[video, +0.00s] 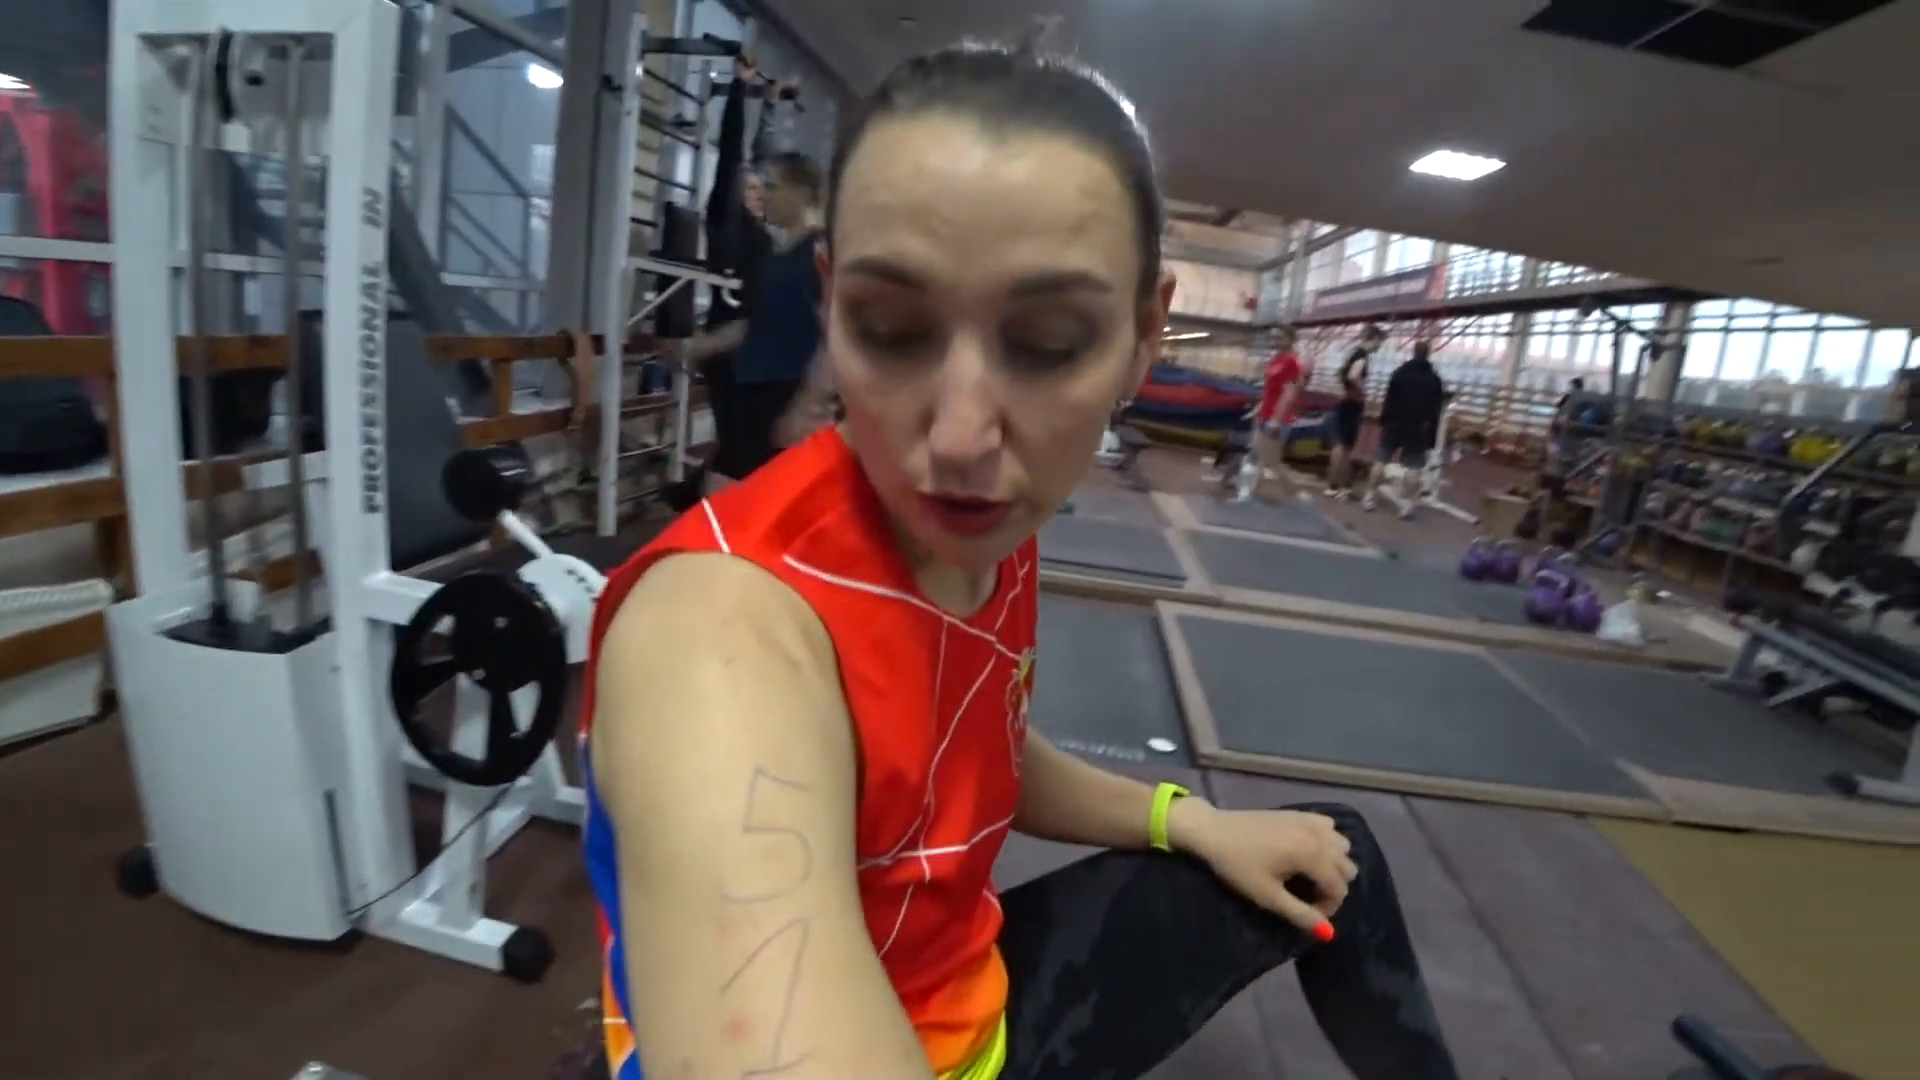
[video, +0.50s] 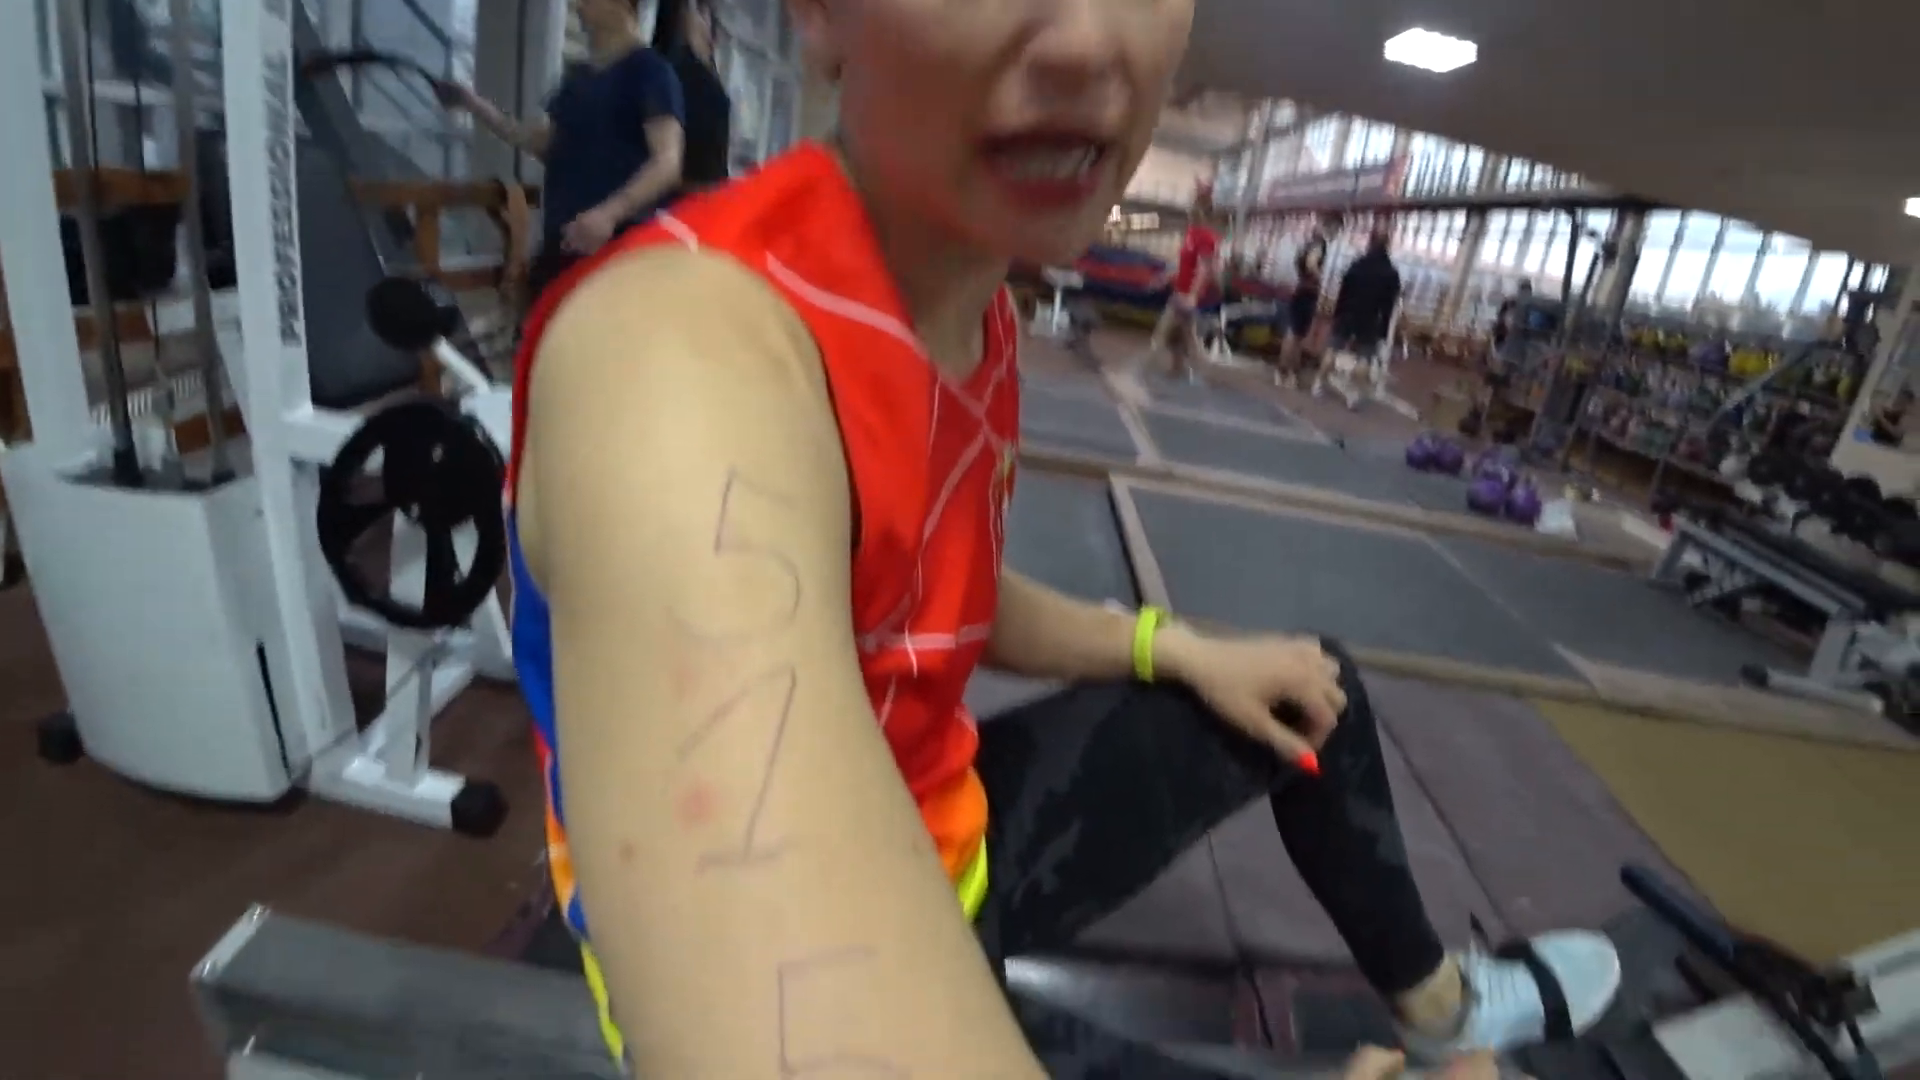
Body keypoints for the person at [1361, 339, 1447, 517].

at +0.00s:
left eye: (1418, 351)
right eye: (1425, 352)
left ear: (1413, 353)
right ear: (1428, 354)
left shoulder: (1400, 373)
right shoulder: (1434, 379)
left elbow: (1389, 399)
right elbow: (1435, 411)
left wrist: (1384, 418)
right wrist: (1431, 435)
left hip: (1395, 424)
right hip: (1419, 428)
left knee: (1381, 459)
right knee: (1413, 468)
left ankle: (1369, 496)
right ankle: (1407, 504)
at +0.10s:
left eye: (1398, 353)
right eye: (1405, 354)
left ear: (1394, 354)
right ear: (1409, 356)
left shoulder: (1381, 373)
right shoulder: (1416, 381)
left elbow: (1370, 399)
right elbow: (1415, 412)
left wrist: (1364, 419)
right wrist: (1412, 436)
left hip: (1375, 424)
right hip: (1399, 429)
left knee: (1362, 460)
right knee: (1393, 469)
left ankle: (1349, 497)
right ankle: (1386, 504)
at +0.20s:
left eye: (1382, 348)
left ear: (1380, 349)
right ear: (1396, 351)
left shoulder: (1368, 368)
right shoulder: (1402, 376)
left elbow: (1356, 394)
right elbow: (1400, 407)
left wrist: (1350, 414)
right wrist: (1397, 431)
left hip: (1360, 418)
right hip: (1383, 424)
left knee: (1347, 454)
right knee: (1377, 462)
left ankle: (1334, 490)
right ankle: (1370, 498)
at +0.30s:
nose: (1374, 331)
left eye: (1374, 327)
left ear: (1372, 328)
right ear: (1388, 330)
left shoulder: (1360, 348)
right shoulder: (1394, 356)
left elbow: (1348, 373)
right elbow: (1393, 386)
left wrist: (1342, 394)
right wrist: (1388, 409)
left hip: (1352, 396)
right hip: (1375, 402)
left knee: (1337, 432)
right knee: (1369, 440)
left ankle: (1324, 467)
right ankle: (1361, 476)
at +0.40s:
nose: (1373, 293)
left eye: (1372, 289)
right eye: (1377, 290)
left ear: (1369, 289)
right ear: (1387, 291)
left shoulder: (1358, 309)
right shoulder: (1391, 317)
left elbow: (1345, 334)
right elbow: (1389, 347)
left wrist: (1338, 356)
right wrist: (1384, 370)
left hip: (1348, 357)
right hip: (1372, 362)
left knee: (1333, 392)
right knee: (1365, 401)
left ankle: (1320, 425)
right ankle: (1359, 434)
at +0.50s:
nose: (1374, 247)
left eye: (1373, 244)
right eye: (1378, 245)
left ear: (1369, 245)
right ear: (1387, 247)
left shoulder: (1357, 265)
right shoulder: (1391, 274)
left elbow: (1344, 291)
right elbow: (1388, 305)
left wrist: (1338, 313)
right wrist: (1384, 329)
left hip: (1348, 313)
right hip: (1370, 319)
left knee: (1333, 348)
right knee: (1364, 357)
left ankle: (1319, 382)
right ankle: (1357, 392)